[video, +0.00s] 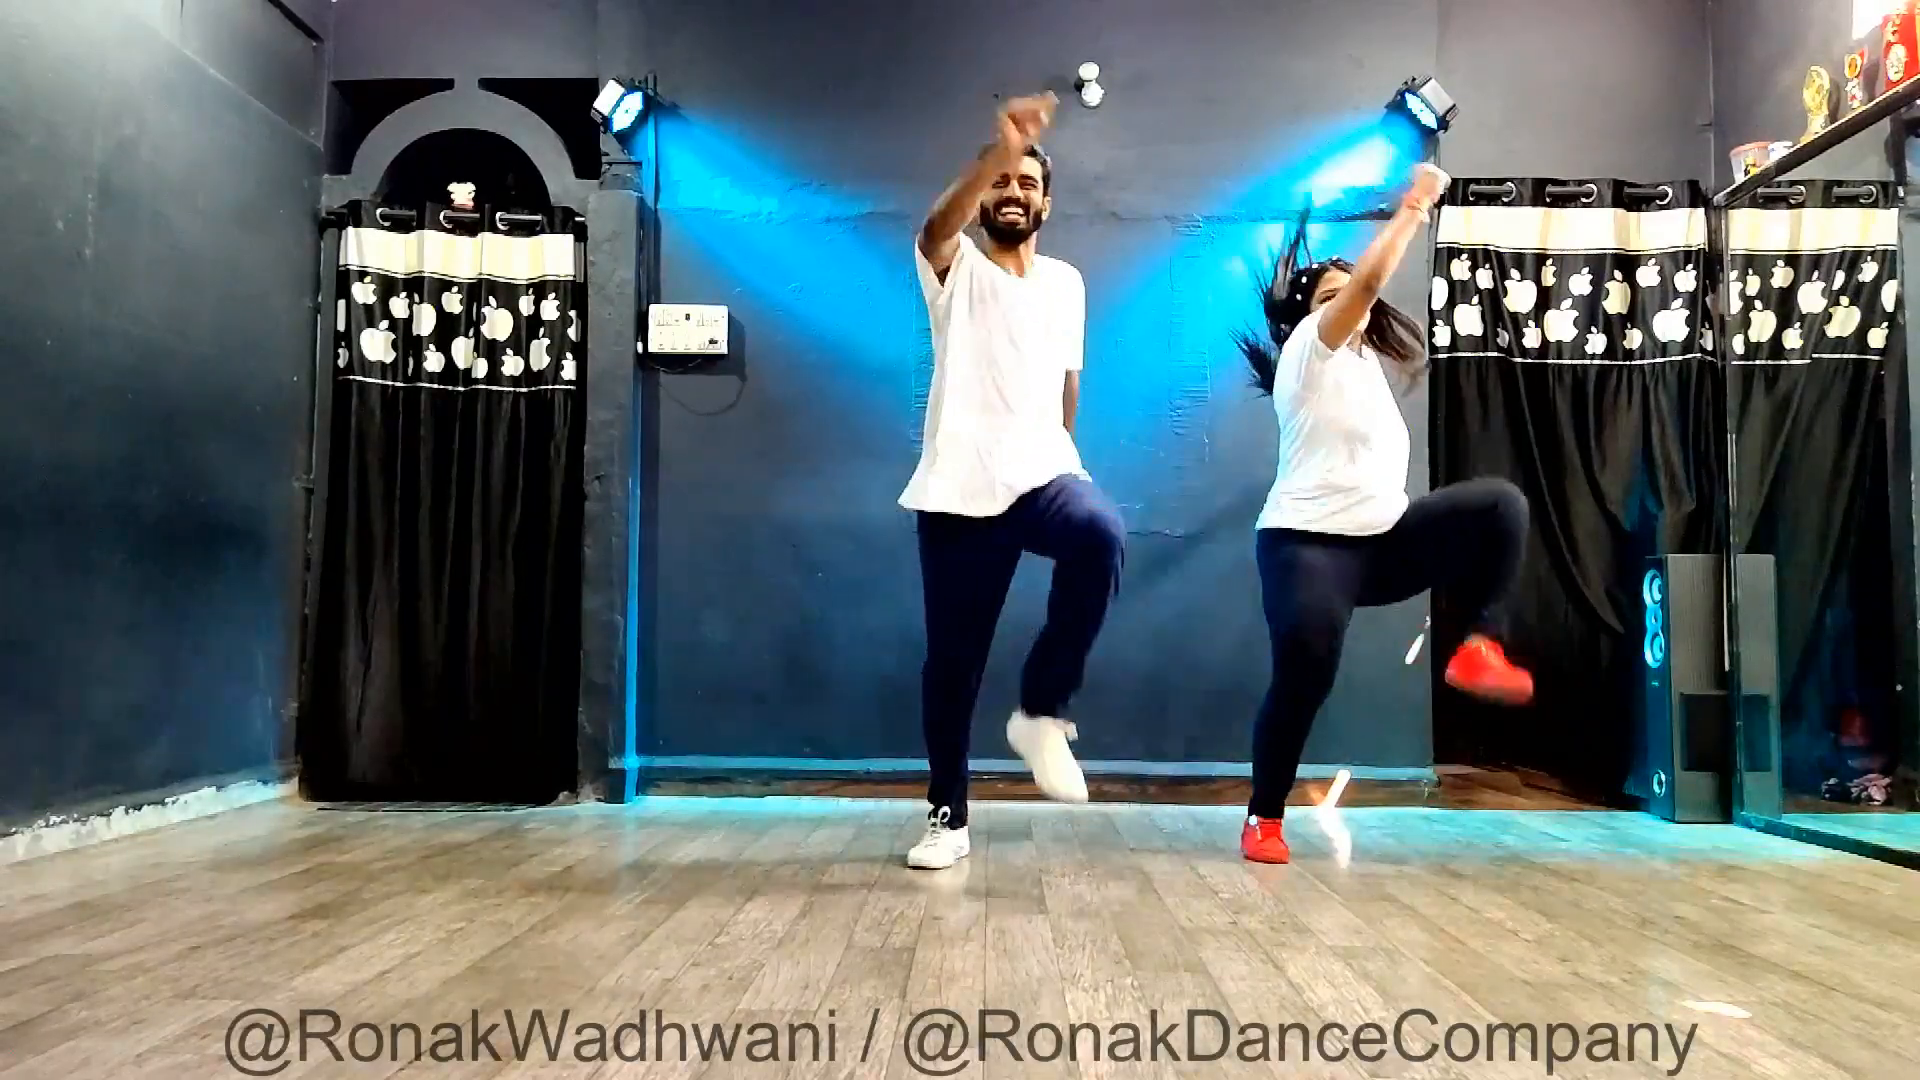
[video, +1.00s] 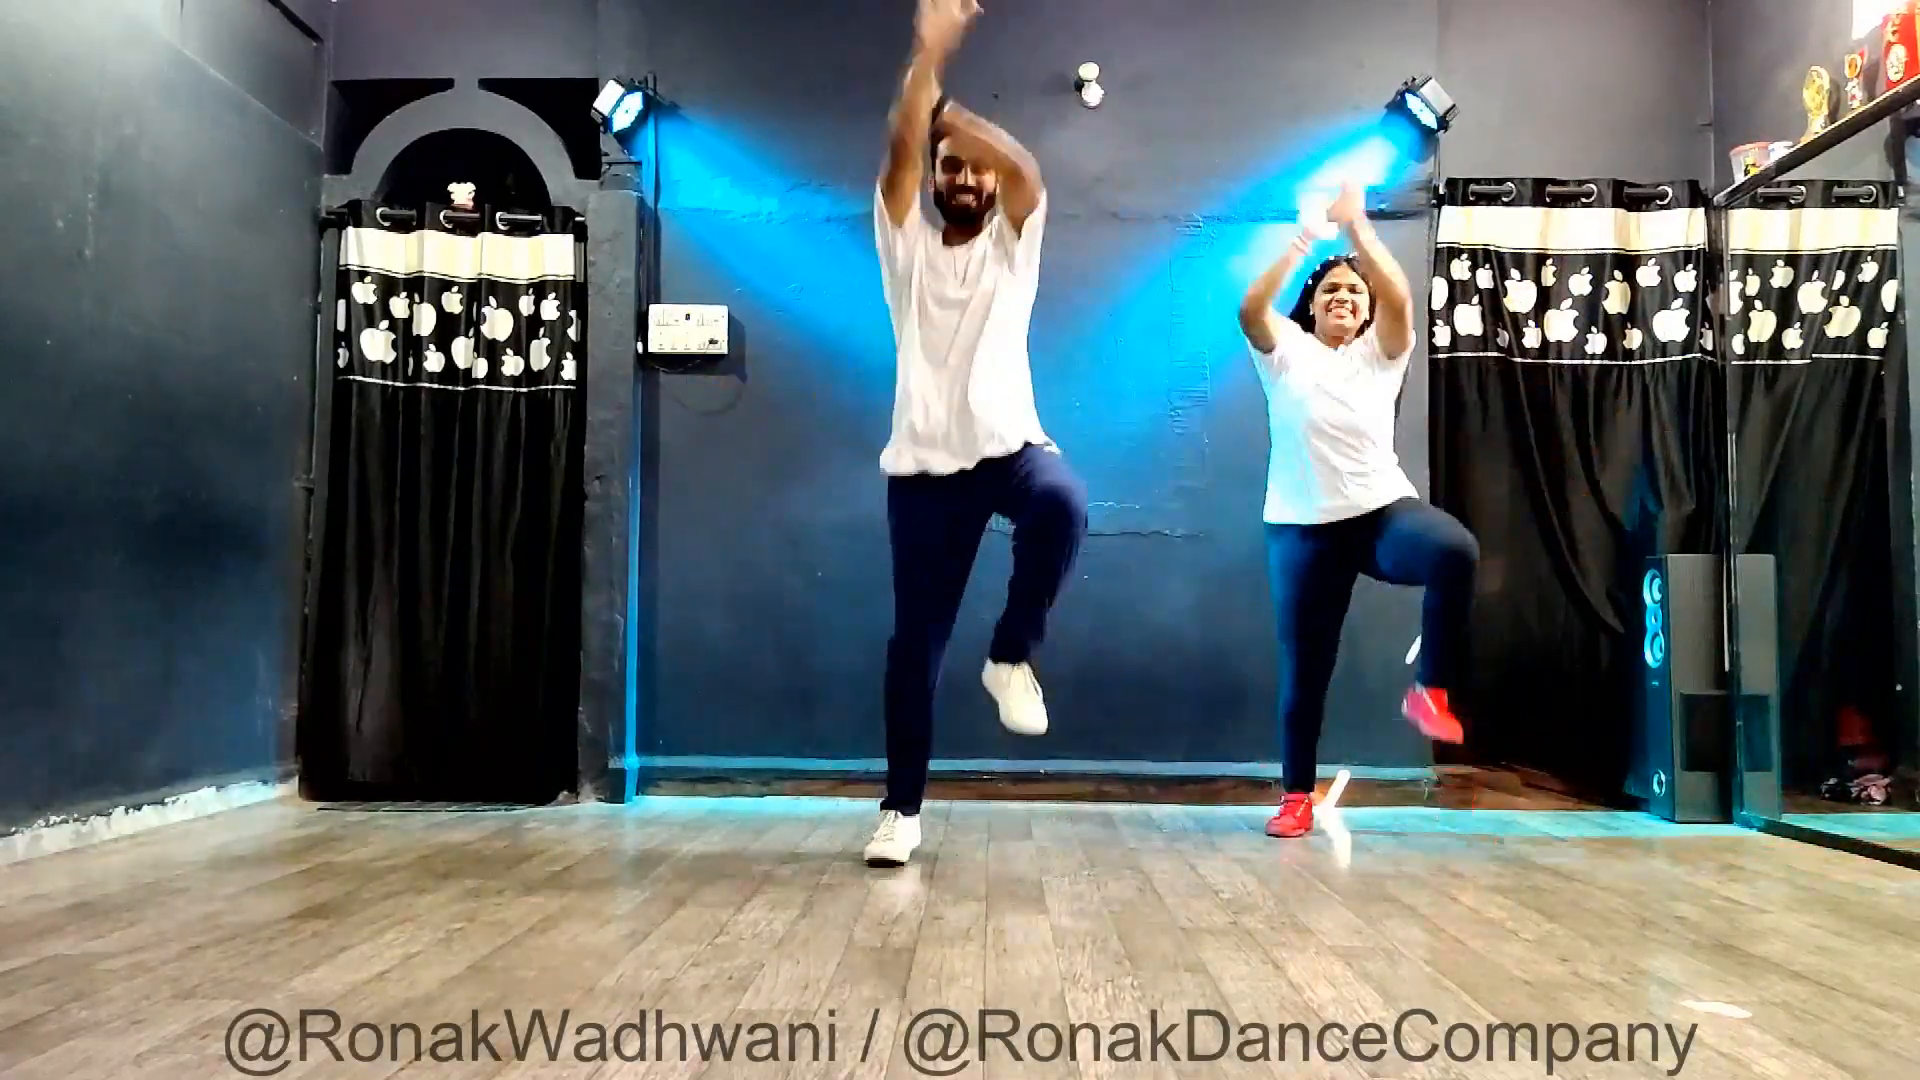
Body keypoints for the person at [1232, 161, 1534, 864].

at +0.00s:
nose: (1354, 286)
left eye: (1354, 282)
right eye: (1340, 281)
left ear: (1352, 305)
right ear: (1311, 300)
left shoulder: (1367, 364)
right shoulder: (1306, 349)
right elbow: (1369, 282)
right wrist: (1413, 208)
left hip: (1381, 541)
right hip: (1307, 542)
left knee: (1499, 507)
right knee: (1306, 668)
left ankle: (1466, 642)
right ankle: (1264, 816)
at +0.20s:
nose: (1433, 307)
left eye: (1447, 303)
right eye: (1420, 299)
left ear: (1461, 327)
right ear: (1396, 316)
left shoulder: (1459, 412)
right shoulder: (1367, 354)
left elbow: (1463, 508)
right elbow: (1330, 432)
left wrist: (1488, 594)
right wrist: (1357, 482)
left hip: (1414, 549)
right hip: (1331, 528)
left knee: (1467, 657)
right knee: (1333, 640)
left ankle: (1460, 827)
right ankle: (1276, 786)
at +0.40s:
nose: (1437, 282)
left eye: (1449, 275)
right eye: (1423, 277)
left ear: (1467, 297)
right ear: (1403, 299)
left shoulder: (1482, 359)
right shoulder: (1367, 342)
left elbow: (1537, 330)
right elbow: (1277, 372)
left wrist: (1558, 245)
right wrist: (1191, 378)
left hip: (1426, 541)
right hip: (1356, 514)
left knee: (1452, 651)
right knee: (1336, 450)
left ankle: (1459, 822)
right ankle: (1319, 597)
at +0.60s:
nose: (1407, 267)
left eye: (1420, 262)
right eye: (1395, 261)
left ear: (1436, 284)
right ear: (1374, 283)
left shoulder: (1465, 326)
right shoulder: (1344, 328)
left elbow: (1553, 314)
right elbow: (1284, 378)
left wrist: (1588, 234)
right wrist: (1215, 388)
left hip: (1428, 520)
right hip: (1348, 502)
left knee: (1442, 668)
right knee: (1282, 478)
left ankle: (1451, 809)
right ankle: (1300, 622)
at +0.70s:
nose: (1393, 286)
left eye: (1405, 281)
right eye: (1382, 280)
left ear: (1425, 301)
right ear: (1364, 301)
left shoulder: (1454, 353)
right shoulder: (1333, 358)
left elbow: (1537, 375)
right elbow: (1299, 424)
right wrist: (1234, 454)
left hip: (1427, 540)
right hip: (1338, 529)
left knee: (1442, 680)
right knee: (1262, 572)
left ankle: (1453, 817)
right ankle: (1292, 698)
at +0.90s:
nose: (1348, 318)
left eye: (1359, 311)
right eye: (1338, 310)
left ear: (1376, 327)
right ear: (1318, 322)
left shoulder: (1395, 383)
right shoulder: (1284, 373)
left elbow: (1395, 447)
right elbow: (1266, 416)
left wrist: (1331, 443)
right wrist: (1347, 384)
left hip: (1395, 537)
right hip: (1309, 543)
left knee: (1442, 634)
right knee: (1296, 679)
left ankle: (1453, 788)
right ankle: (1295, 801)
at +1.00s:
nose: (1341, 297)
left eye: (1352, 291)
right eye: (1330, 290)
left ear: (1367, 307)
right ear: (1311, 305)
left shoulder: (1381, 356)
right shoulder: (1286, 350)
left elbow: (1397, 299)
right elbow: (1252, 311)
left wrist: (1359, 227)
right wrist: (1299, 245)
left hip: (1381, 515)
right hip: (1304, 528)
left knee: (1454, 549)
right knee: (1303, 671)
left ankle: (1432, 687)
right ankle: (1298, 794)